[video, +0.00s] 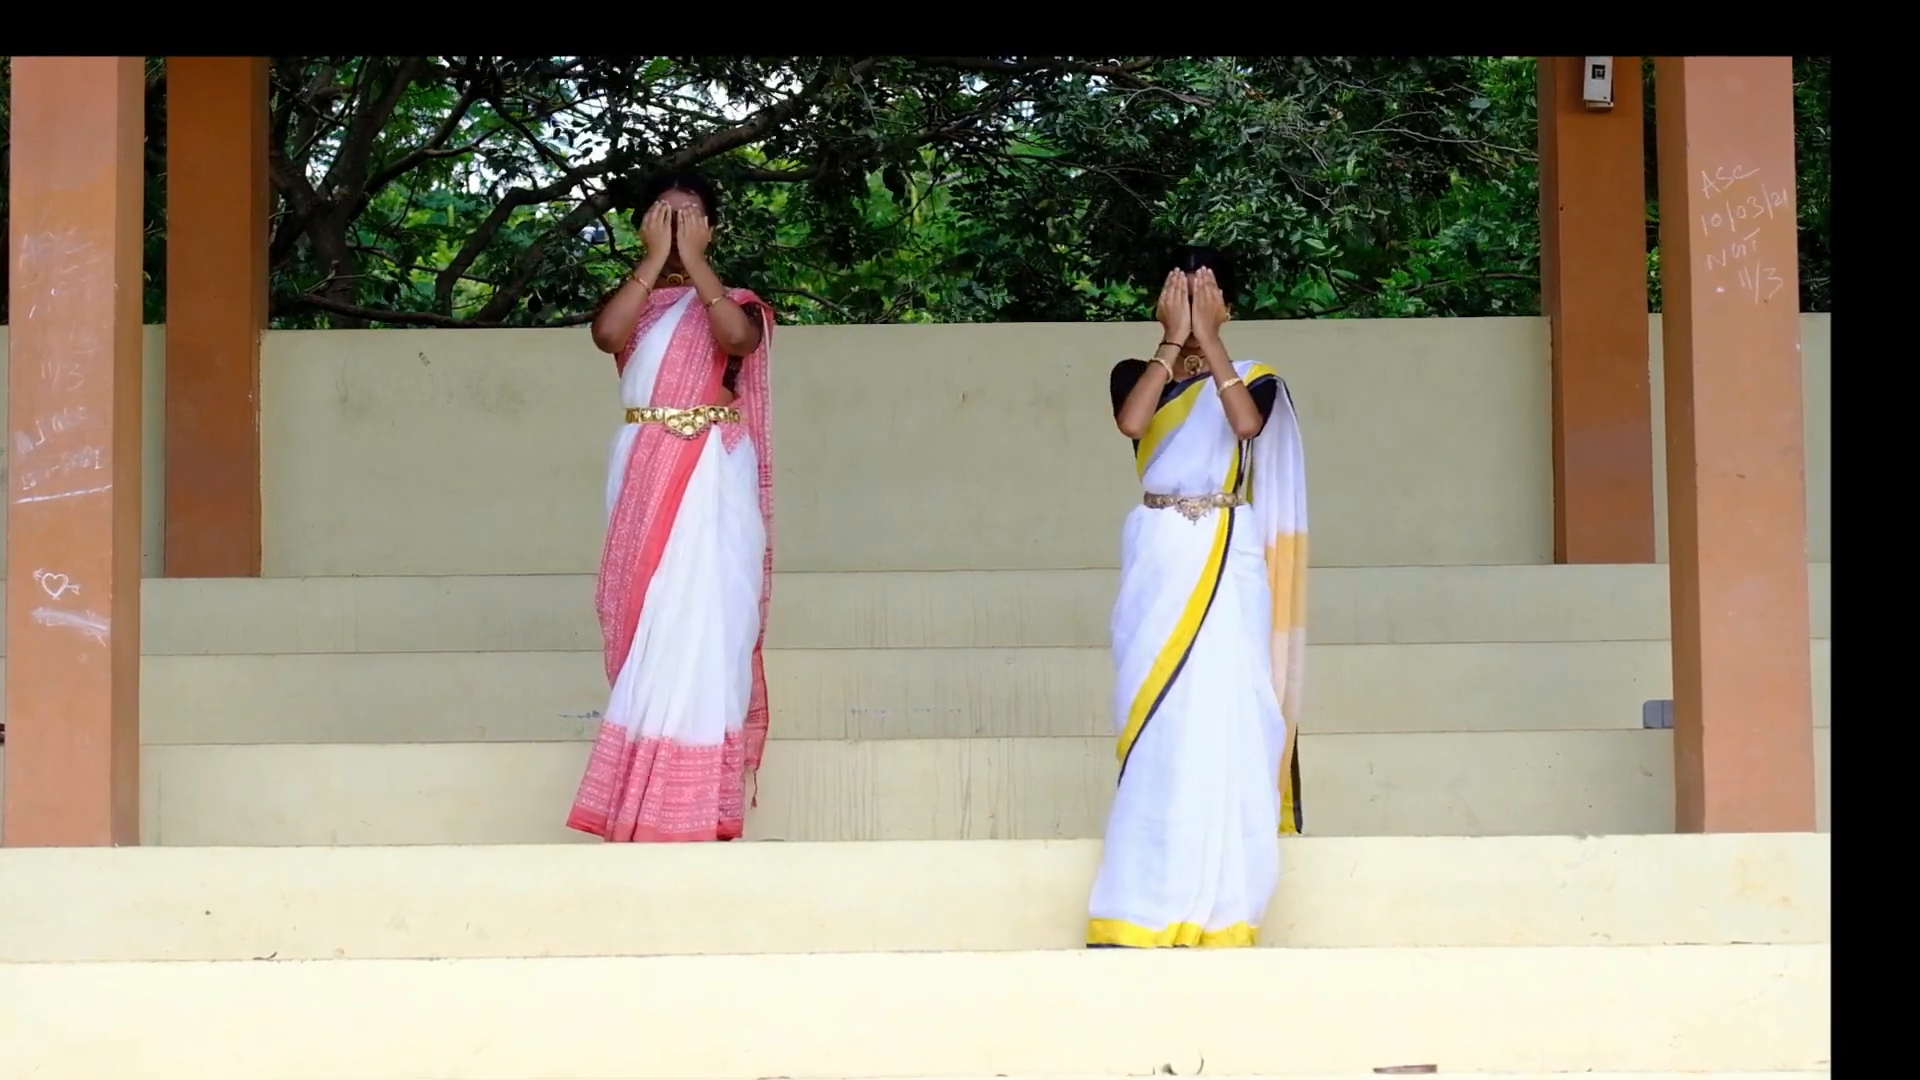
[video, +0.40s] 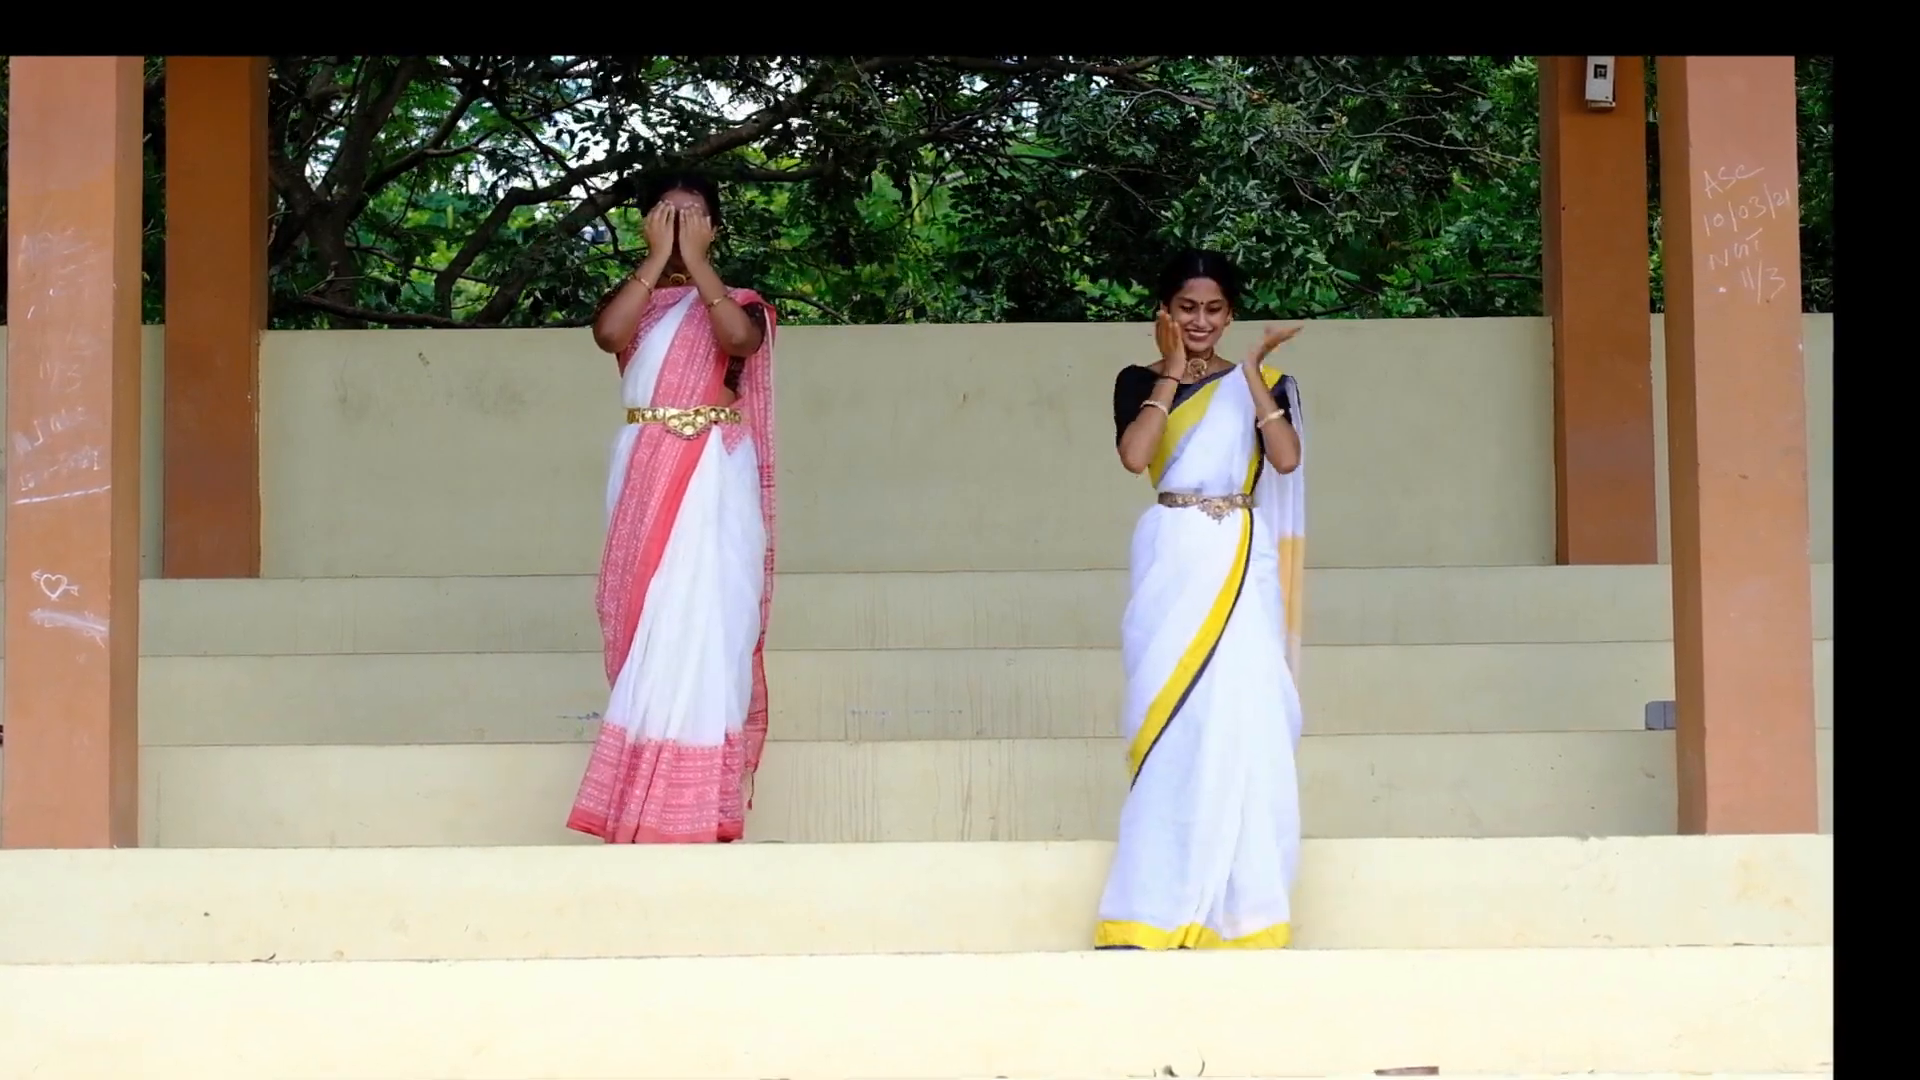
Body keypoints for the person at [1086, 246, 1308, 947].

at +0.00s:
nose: (1192, 318)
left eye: (1204, 306)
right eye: (1180, 305)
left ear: (1225, 311)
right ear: (1163, 309)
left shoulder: (1254, 379)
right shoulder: (1138, 375)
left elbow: (1246, 424)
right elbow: (1132, 422)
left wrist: (1209, 338)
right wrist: (1173, 342)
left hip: (1223, 566)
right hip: (1153, 563)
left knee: (1219, 726)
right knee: (1153, 723)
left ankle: (1218, 906)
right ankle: (1148, 905)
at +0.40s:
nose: (1202, 320)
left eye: (1215, 309)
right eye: (1189, 308)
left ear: (1230, 315)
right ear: (1165, 313)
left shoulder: (1262, 382)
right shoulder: (1141, 382)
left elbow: (1286, 458)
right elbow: (1136, 457)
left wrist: (1253, 366)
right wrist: (1173, 373)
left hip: (1240, 558)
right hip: (1172, 555)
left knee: (1239, 720)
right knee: (1169, 718)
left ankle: (1238, 905)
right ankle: (1163, 906)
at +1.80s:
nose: (1198, 313)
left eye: (1211, 299)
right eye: (1192, 301)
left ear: (1250, 308)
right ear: (1192, 313)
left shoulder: (1311, 389)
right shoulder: (1187, 402)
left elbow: (1377, 471)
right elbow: (1159, 503)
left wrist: (1459, 530)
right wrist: (1193, 536)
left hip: (1279, 579)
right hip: (1203, 574)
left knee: (1247, 729)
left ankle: (1229, 898)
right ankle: (989, 799)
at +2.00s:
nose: (1195, 318)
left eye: (1207, 304)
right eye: (1188, 306)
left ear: (1246, 307)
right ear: (1189, 314)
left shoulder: (1306, 389)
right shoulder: (1183, 409)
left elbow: (1385, 466)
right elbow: (1148, 516)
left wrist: (1383, 505)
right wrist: (1115, 545)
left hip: (1271, 570)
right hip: (1193, 569)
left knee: (1224, 710)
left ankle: (1222, 902)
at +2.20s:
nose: (1177, 334)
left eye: (1189, 320)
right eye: (1173, 322)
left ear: (1231, 321)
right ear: (1182, 327)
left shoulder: (1296, 393)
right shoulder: (1178, 426)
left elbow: (1390, 459)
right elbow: (1114, 529)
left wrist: (1313, 479)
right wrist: (1032, 560)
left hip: (1283, 585)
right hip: (1208, 585)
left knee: (1243, 738)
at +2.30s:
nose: (1169, 340)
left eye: (1180, 326)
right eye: (1166, 328)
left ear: (1222, 327)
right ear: (1181, 334)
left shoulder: (1291, 396)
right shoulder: (1176, 433)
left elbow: (1391, 453)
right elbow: (1101, 529)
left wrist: (1310, 477)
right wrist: (1006, 558)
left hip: (1285, 591)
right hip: (1211, 592)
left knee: (1260, 738)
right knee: (1201, 734)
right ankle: (1210, 904)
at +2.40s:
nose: (1162, 350)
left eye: (1172, 336)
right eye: (1159, 338)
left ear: (1214, 336)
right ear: (1177, 342)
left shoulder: (1287, 400)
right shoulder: (1174, 440)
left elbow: (1389, 450)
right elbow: (1088, 530)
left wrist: (1305, 478)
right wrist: (988, 556)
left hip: (1286, 585)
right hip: (1214, 588)